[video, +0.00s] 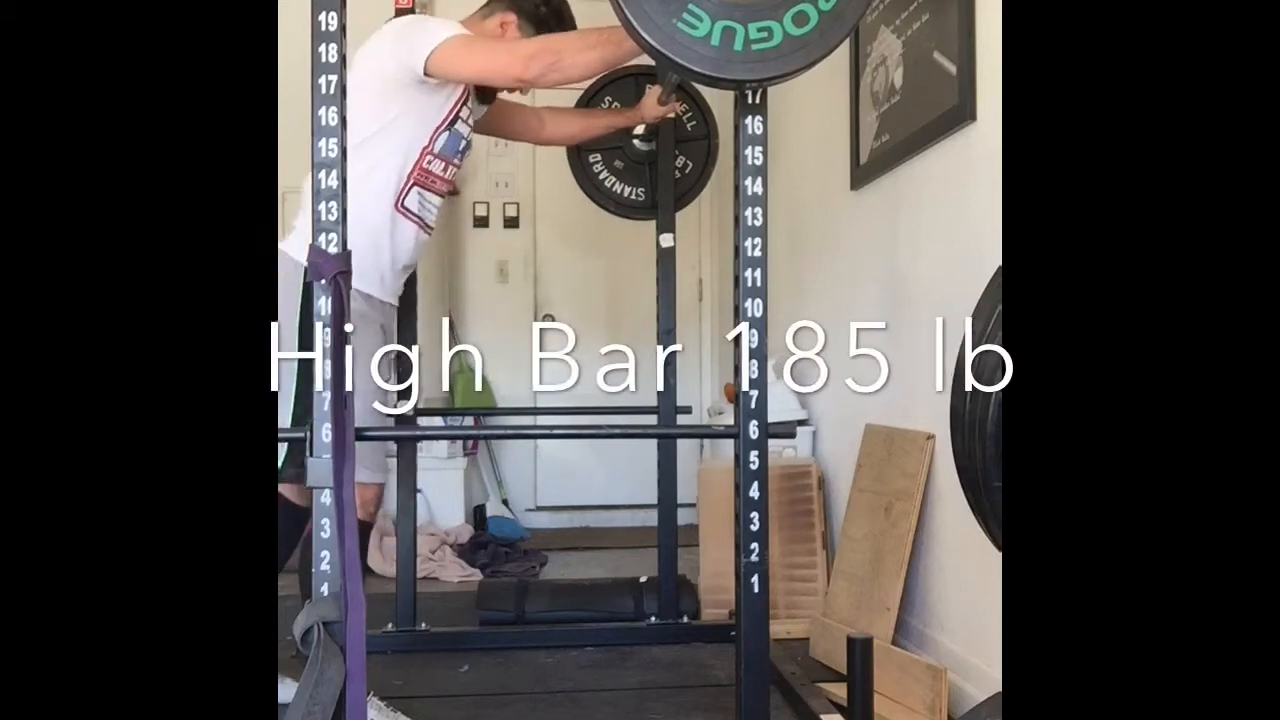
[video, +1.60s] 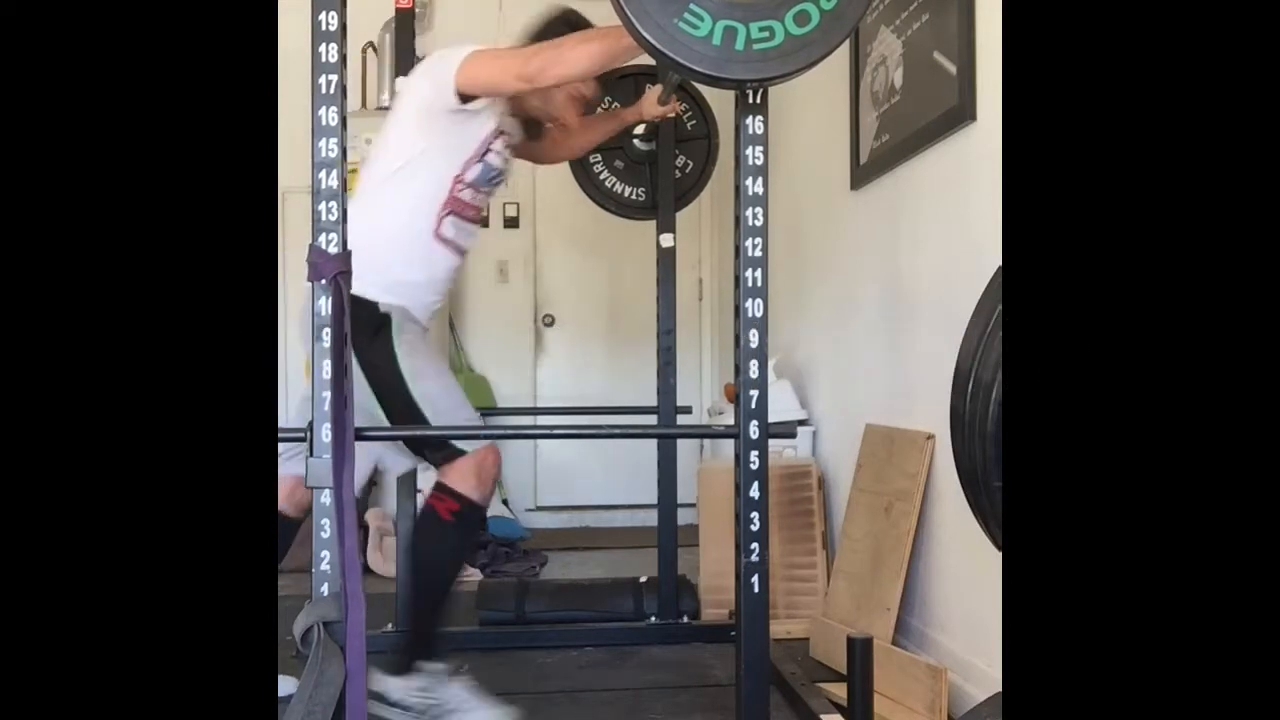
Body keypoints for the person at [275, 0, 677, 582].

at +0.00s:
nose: (519, 65)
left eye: (532, 57)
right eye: (528, 53)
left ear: (500, 26)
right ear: (505, 25)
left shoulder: (462, 99)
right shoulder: (411, 37)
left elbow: (541, 124)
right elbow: (530, 65)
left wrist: (636, 115)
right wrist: (659, 28)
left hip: (370, 297)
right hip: (328, 285)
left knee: (301, 475)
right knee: (359, 487)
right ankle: (322, 633)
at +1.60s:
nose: (577, 121)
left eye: (588, 112)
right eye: (584, 102)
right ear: (548, 66)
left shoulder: (503, 125)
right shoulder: (445, 75)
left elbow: (555, 146)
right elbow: (551, 68)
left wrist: (635, 114)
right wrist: (660, 27)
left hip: (392, 313)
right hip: (361, 305)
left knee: (297, 487)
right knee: (473, 465)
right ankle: (410, 667)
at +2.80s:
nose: (757, 42)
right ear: (717, 26)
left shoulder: (710, 106)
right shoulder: (676, 81)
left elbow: (585, 183)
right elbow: (588, 143)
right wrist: (662, 55)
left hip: (630, 311)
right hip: (622, 312)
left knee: (683, 482)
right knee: (719, 491)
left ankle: (627, 649)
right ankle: (655, 694)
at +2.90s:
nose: (757, 47)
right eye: (748, 35)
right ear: (718, 26)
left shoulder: (701, 105)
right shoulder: (675, 80)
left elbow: (582, 180)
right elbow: (582, 136)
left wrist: (684, 194)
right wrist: (661, 51)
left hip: (622, 309)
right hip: (617, 310)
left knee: (671, 484)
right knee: (712, 491)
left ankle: (628, 650)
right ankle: (654, 693)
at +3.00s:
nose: (756, 39)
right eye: (747, 27)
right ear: (717, 21)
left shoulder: (701, 99)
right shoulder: (676, 74)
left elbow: (577, 178)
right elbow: (579, 133)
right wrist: (662, 46)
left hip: (630, 311)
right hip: (617, 312)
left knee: (672, 485)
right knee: (713, 491)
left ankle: (626, 652)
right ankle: (655, 694)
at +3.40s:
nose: (761, 41)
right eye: (752, 29)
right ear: (722, 24)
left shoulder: (702, 99)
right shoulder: (679, 77)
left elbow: (581, 176)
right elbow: (575, 128)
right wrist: (659, 48)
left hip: (627, 309)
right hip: (618, 311)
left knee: (671, 487)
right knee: (709, 492)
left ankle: (627, 650)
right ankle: (651, 694)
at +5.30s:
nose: (762, 43)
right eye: (753, 31)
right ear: (723, 27)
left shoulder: (702, 102)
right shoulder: (684, 82)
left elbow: (578, 174)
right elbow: (571, 131)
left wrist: (682, 186)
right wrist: (660, 52)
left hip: (624, 307)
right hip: (615, 308)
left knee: (669, 486)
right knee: (708, 489)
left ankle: (629, 654)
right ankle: (651, 693)